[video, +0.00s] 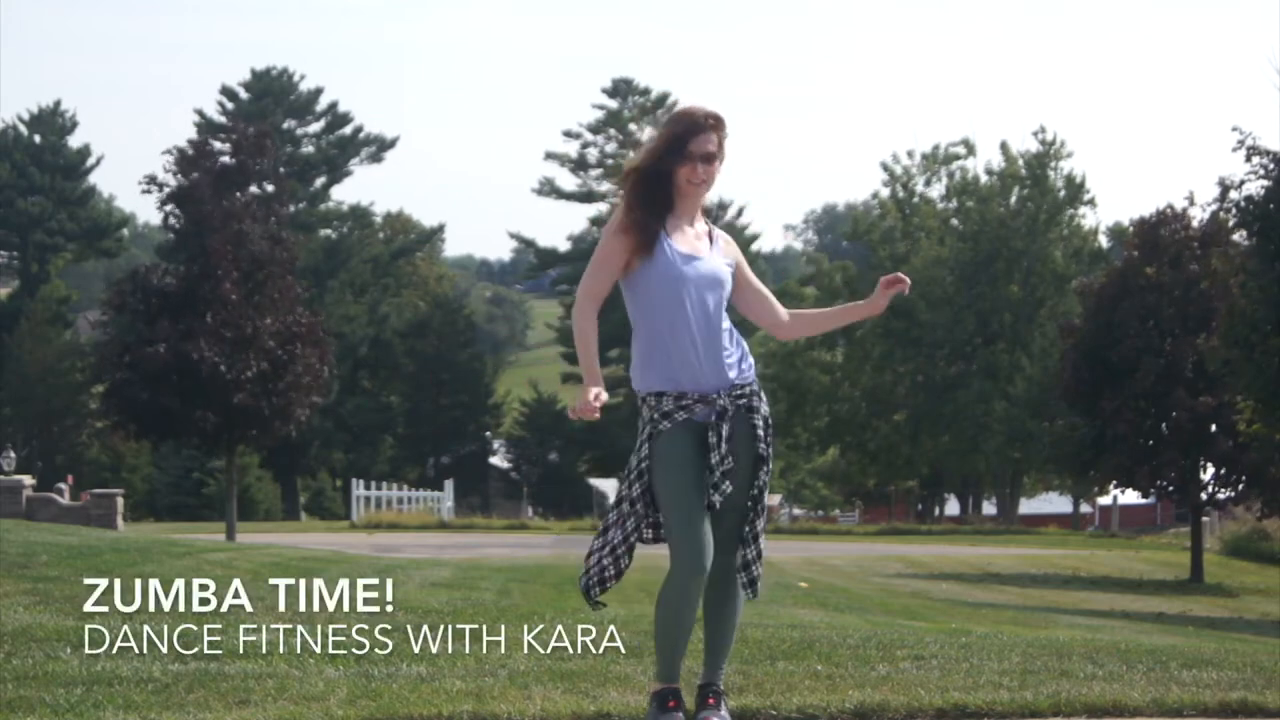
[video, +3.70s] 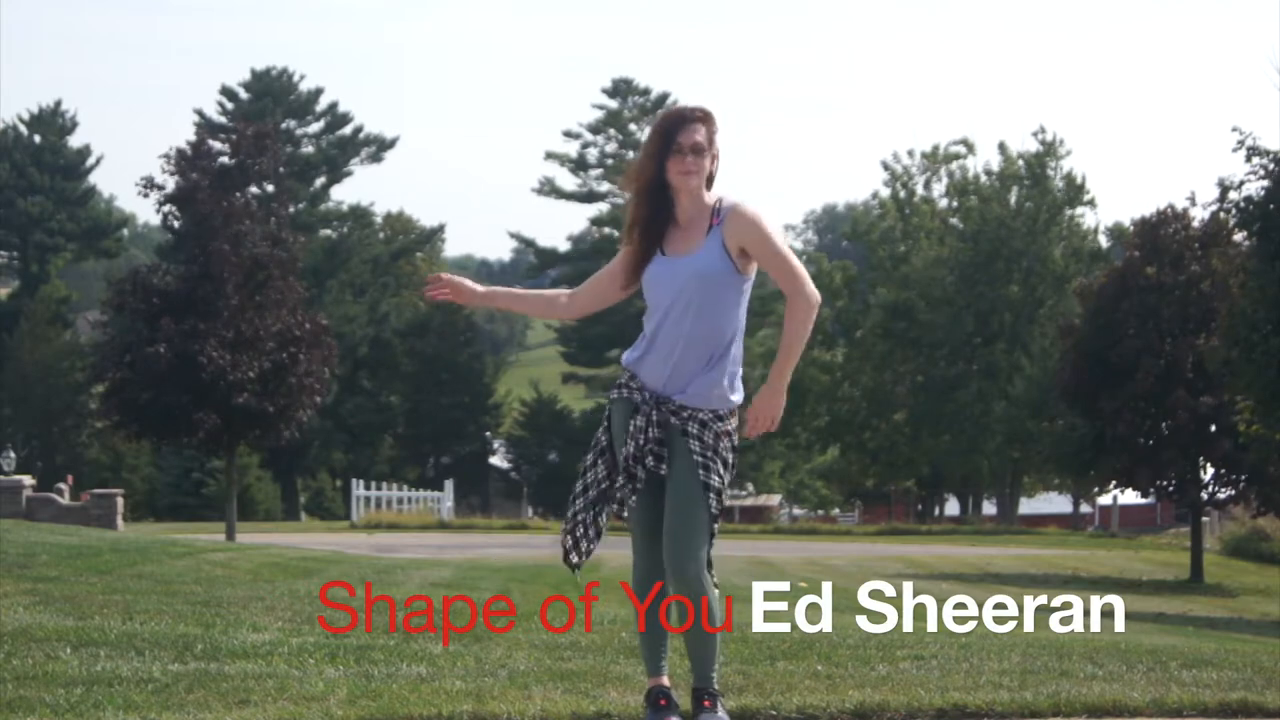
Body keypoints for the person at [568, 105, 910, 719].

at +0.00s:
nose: (704, 169)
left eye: (713, 159)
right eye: (694, 157)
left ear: (721, 166)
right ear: (669, 160)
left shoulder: (722, 243)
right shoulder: (633, 226)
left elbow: (784, 322)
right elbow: (586, 302)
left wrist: (868, 307)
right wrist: (592, 381)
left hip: (739, 408)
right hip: (671, 410)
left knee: (728, 559)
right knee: (693, 557)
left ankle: (712, 691)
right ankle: (667, 691)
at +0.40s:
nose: (715, 156)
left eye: (724, 146)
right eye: (703, 147)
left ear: (737, 154)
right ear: (684, 156)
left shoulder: (730, 232)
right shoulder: (664, 219)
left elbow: (750, 333)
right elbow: (594, 289)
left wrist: (817, 382)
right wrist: (569, 382)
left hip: (711, 408)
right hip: (663, 402)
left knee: (723, 551)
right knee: (692, 545)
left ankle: (711, 694)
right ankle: (664, 694)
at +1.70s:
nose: (688, 150)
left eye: (699, 142)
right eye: (678, 138)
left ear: (710, 153)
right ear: (655, 147)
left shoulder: (726, 216)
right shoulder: (638, 234)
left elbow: (818, 267)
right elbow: (627, 328)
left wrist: (883, 337)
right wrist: (614, 400)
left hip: (730, 403)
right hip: (669, 405)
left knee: (710, 547)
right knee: (662, 550)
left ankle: (708, 693)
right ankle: (661, 687)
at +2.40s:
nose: (693, 156)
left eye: (703, 147)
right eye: (682, 146)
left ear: (715, 157)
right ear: (660, 154)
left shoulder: (718, 235)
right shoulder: (630, 225)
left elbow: (752, 333)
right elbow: (608, 324)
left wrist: (837, 335)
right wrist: (632, 416)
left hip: (735, 408)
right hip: (665, 412)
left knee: (722, 553)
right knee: (680, 557)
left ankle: (713, 690)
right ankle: (665, 692)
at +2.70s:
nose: (707, 152)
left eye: (716, 143)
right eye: (696, 143)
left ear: (728, 152)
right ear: (675, 153)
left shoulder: (719, 228)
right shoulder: (662, 214)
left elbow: (732, 330)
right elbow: (613, 300)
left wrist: (778, 401)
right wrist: (621, 398)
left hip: (719, 409)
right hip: (668, 406)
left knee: (717, 555)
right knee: (686, 556)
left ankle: (713, 693)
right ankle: (666, 694)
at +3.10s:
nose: (714, 148)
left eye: (723, 138)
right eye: (702, 142)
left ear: (743, 147)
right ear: (688, 156)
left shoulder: (756, 233)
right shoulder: (669, 217)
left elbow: (744, 330)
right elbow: (591, 280)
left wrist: (725, 407)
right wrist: (534, 358)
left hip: (705, 404)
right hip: (644, 392)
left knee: (713, 543)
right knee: (652, 538)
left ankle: (712, 690)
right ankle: (661, 688)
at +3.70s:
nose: (693, 159)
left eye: (702, 150)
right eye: (682, 150)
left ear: (716, 159)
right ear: (660, 159)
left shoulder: (738, 222)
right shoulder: (650, 238)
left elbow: (805, 298)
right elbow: (573, 302)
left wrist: (775, 388)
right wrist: (480, 295)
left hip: (703, 414)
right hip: (640, 406)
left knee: (687, 562)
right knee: (647, 558)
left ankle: (707, 693)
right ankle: (658, 685)